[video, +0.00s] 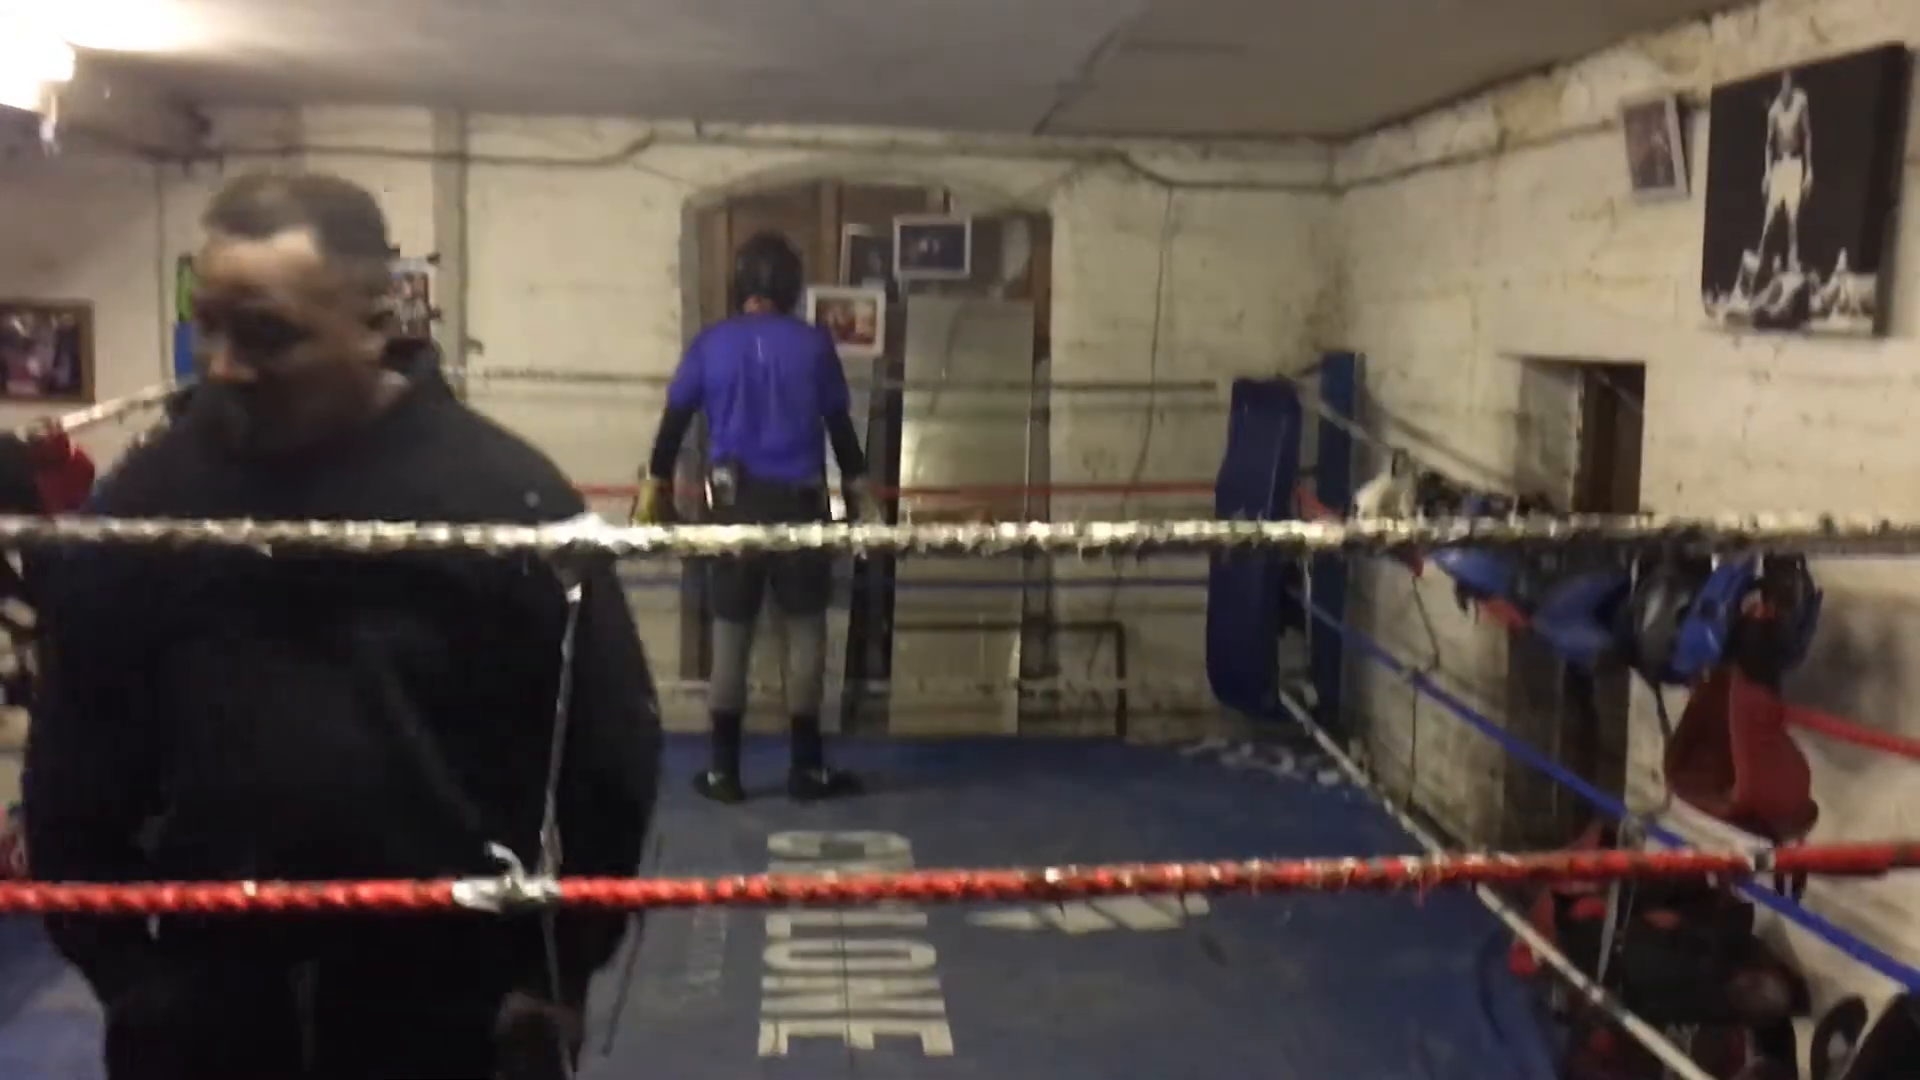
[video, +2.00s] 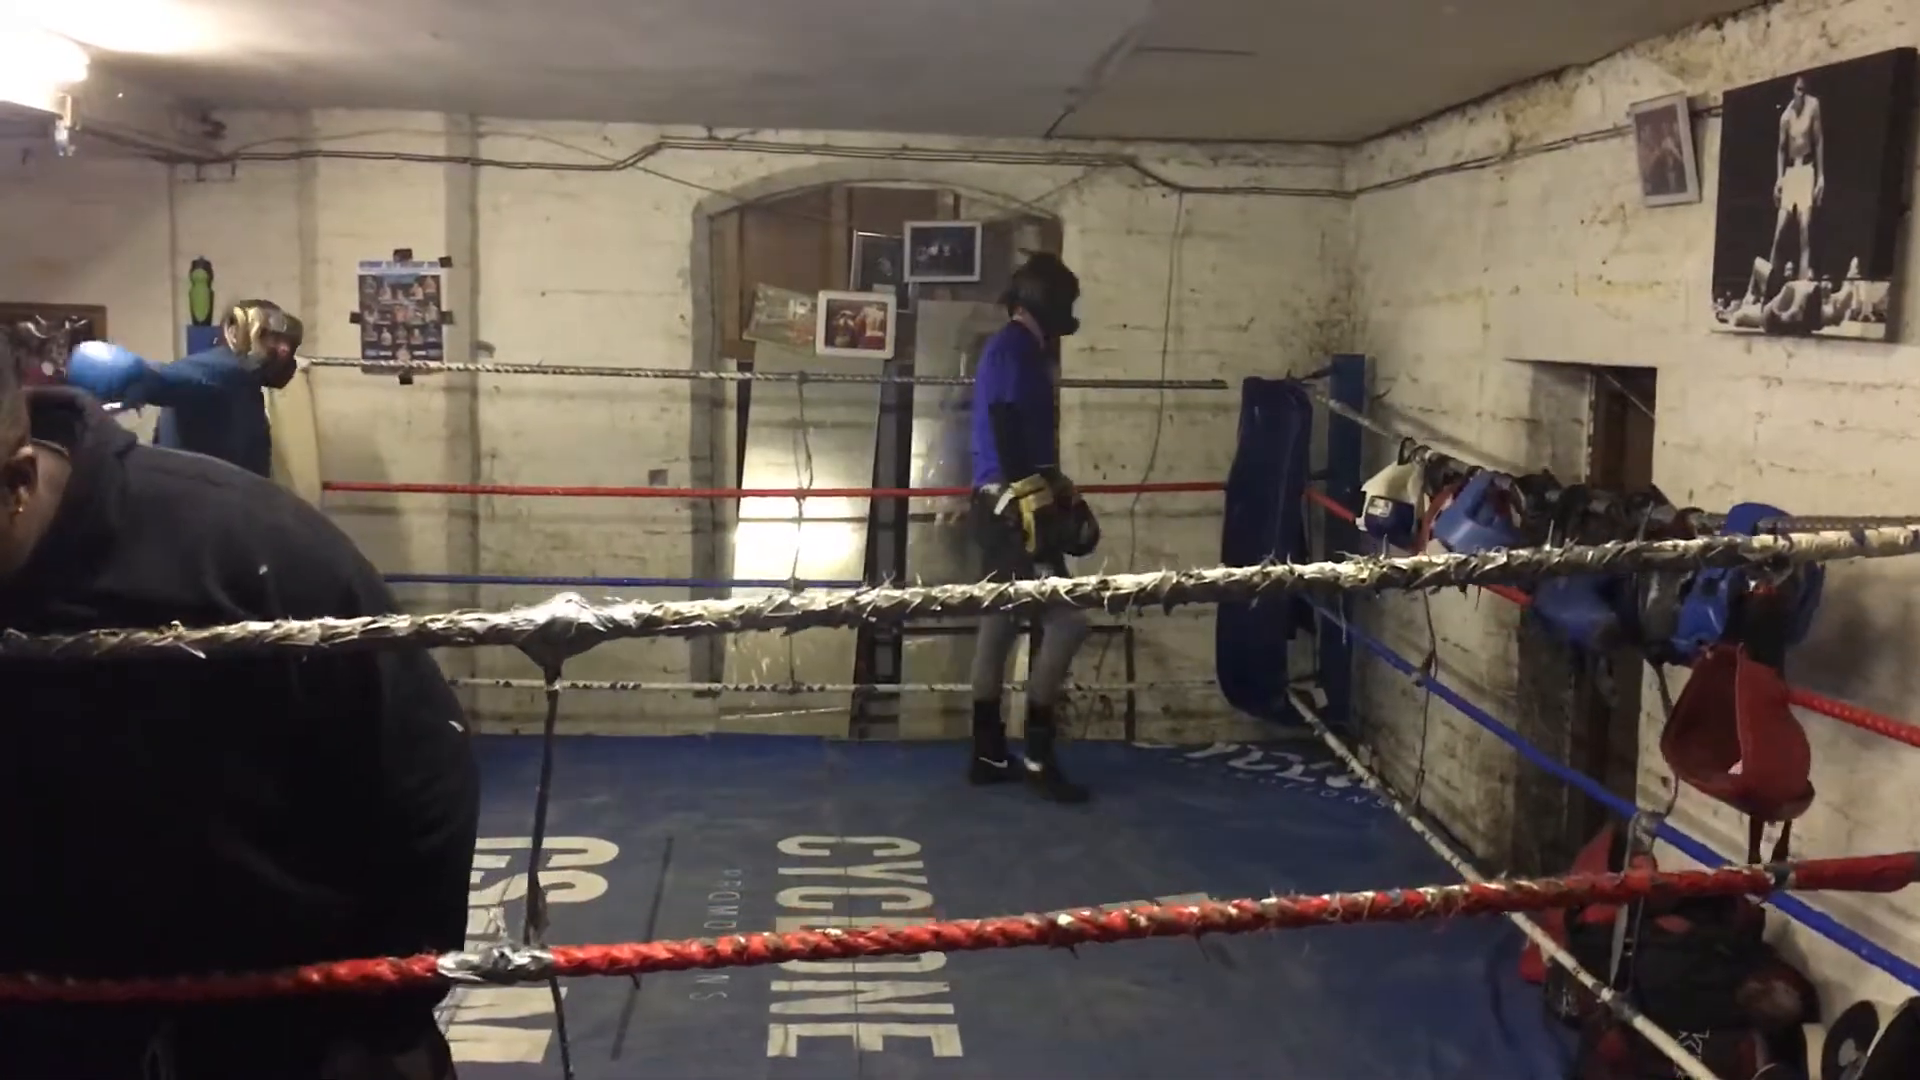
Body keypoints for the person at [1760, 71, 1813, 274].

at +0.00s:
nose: (1786, 88)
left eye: (1789, 83)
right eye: (1784, 84)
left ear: (1793, 86)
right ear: (1781, 86)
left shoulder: (1800, 102)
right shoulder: (1774, 109)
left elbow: (1807, 135)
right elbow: (1768, 142)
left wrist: (1809, 170)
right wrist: (1767, 172)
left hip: (1795, 162)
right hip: (1778, 163)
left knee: (1793, 214)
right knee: (1770, 214)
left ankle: (1793, 259)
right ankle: (1760, 260)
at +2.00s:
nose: (1799, 94)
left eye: (1802, 91)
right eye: (1797, 90)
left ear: (1807, 92)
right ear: (1793, 91)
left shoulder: (1812, 107)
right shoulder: (1786, 116)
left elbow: (1819, 140)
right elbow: (1781, 148)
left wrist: (1820, 177)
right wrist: (1779, 178)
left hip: (1807, 165)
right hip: (1789, 166)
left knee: (1804, 221)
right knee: (1782, 222)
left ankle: (1804, 269)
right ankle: (1772, 270)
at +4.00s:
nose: (1789, 93)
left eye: (1792, 89)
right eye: (1787, 89)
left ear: (1796, 90)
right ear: (1783, 89)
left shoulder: (1802, 104)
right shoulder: (1775, 114)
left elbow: (1808, 139)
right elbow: (1770, 146)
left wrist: (1810, 175)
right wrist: (1769, 175)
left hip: (1797, 164)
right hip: (1779, 165)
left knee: (1794, 220)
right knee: (1771, 220)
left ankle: (1794, 268)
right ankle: (1762, 266)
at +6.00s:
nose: (1788, 92)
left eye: (1792, 89)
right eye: (1787, 88)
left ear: (1796, 90)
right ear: (1783, 88)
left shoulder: (1801, 104)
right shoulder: (1775, 114)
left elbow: (1809, 138)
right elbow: (1771, 146)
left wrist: (1810, 175)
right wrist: (1769, 175)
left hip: (1797, 163)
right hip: (1779, 165)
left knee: (1794, 221)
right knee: (1770, 222)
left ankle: (1793, 271)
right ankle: (1761, 269)